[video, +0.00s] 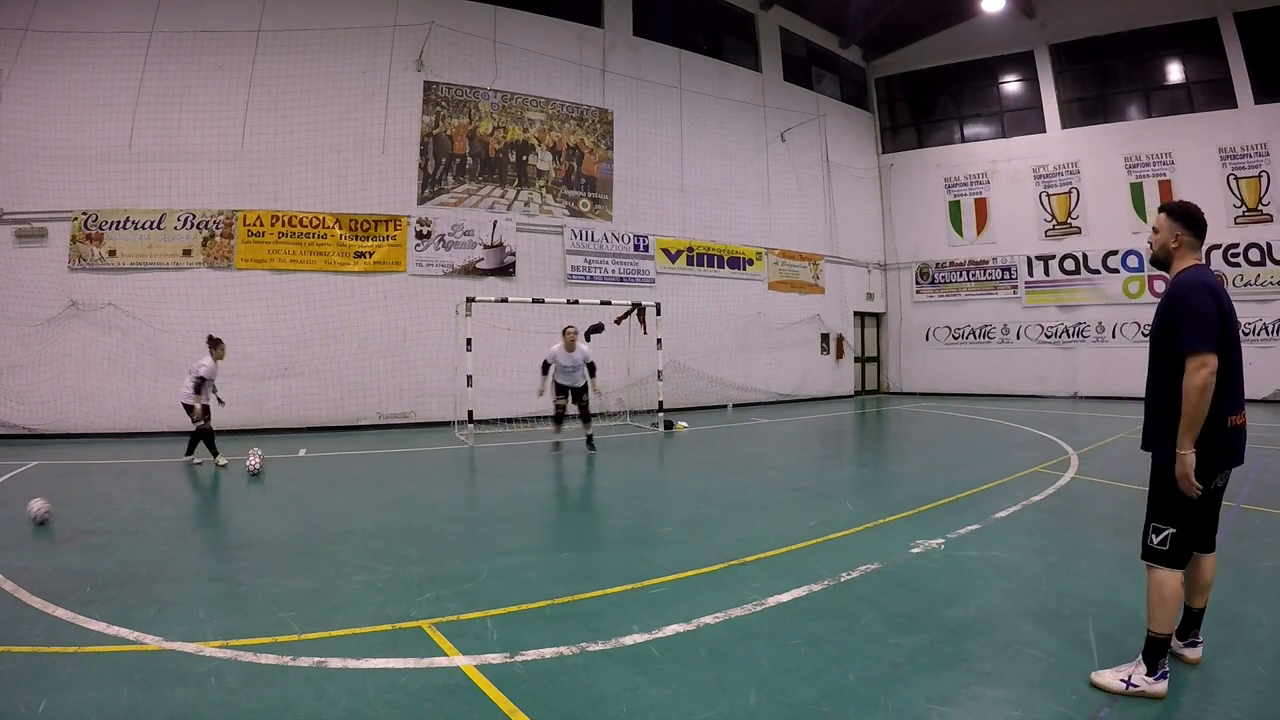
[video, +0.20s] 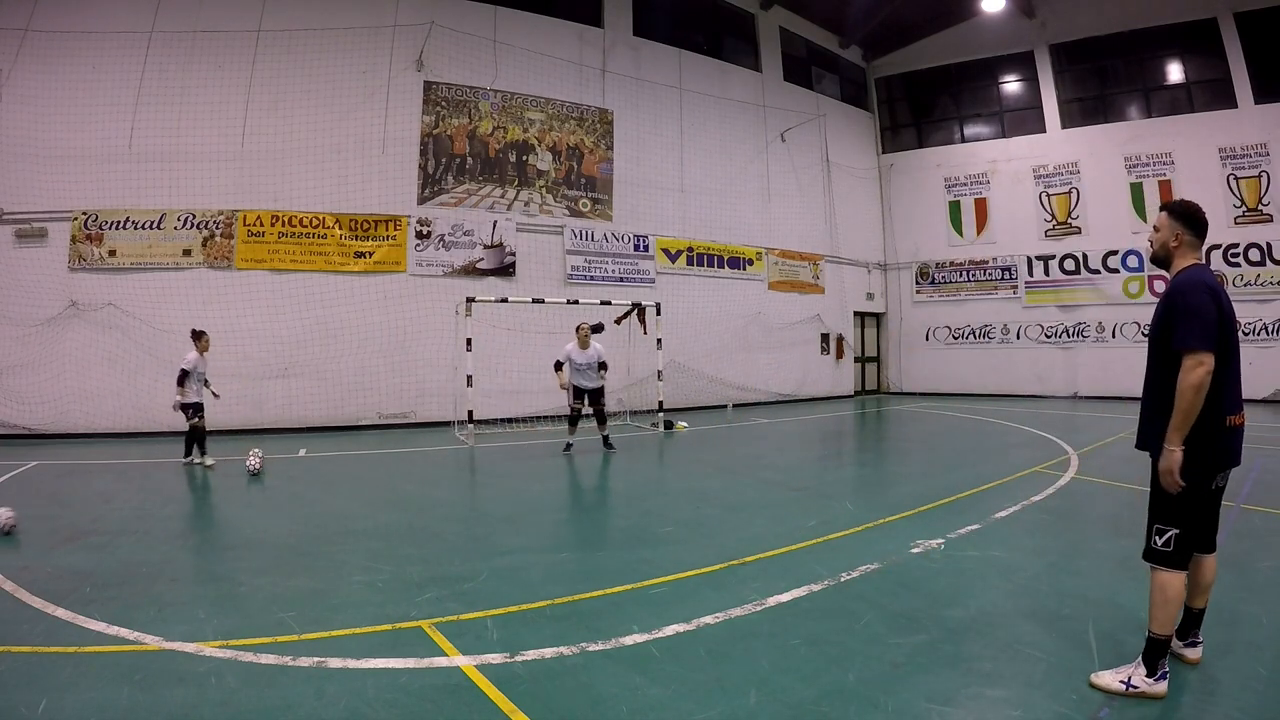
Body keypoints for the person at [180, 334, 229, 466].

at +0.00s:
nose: (223, 353)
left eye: (224, 350)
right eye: (221, 350)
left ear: (217, 351)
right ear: (213, 351)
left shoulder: (213, 364)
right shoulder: (208, 365)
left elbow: (210, 382)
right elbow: (197, 385)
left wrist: (217, 396)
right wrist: (197, 405)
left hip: (201, 399)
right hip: (192, 400)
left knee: (202, 428)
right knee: (205, 428)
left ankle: (188, 455)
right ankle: (216, 456)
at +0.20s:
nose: (208, 344)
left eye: (208, 341)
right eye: (205, 342)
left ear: (206, 342)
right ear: (197, 343)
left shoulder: (202, 359)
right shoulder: (191, 358)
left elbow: (202, 378)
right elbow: (181, 378)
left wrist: (212, 389)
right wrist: (178, 398)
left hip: (198, 399)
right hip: (188, 400)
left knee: (194, 428)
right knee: (199, 427)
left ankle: (188, 456)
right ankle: (204, 456)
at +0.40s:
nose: (197, 340)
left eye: (197, 337)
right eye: (194, 337)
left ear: (195, 338)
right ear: (186, 339)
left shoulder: (193, 354)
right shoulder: (181, 355)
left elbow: (191, 377)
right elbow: (174, 375)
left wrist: (196, 393)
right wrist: (174, 396)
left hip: (193, 398)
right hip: (183, 399)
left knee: (192, 426)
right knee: (185, 426)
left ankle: (188, 456)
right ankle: (175, 456)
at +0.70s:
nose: (181, 339)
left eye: (182, 336)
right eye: (178, 336)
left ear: (179, 338)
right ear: (170, 338)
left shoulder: (178, 354)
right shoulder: (166, 354)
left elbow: (177, 376)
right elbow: (162, 376)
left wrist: (182, 393)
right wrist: (174, 393)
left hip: (182, 399)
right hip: (166, 401)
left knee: (185, 427)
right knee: (162, 428)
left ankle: (187, 456)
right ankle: (154, 456)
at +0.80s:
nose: (176, 339)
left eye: (176, 336)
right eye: (173, 336)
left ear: (176, 338)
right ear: (165, 338)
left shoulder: (174, 355)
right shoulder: (160, 354)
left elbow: (172, 376)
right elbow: (156, 376)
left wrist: (176, 393)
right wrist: (167, 392)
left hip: (176, 399)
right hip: (160, 400)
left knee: (181, 428)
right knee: (158, 428)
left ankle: (187, 456)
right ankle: (154, 457)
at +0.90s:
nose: (172, 338)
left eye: (172, 336)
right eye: (168, 336)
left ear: (172, 337)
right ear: (160, 338)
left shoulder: (170, 355)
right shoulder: (155, 355)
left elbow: (168, 377)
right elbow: (150, 376)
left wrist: (172, 394)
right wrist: (156, 393)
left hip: (171, 400)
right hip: (156, 402)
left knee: (177, 428)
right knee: (154, 429)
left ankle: (185, 455)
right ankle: (153, 457)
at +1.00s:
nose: (168, 338)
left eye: (169, 335)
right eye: (165, 335)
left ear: (169, 337)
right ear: (157, 338)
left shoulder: (168, 355)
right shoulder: (151, 355)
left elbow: (167, 378)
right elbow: (144, 374)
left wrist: (171, 394)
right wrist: (145, 393)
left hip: (168, 399)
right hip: (154, 400)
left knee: (173, 427)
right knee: (153, 429)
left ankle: (182, 455)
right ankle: (153, 457)